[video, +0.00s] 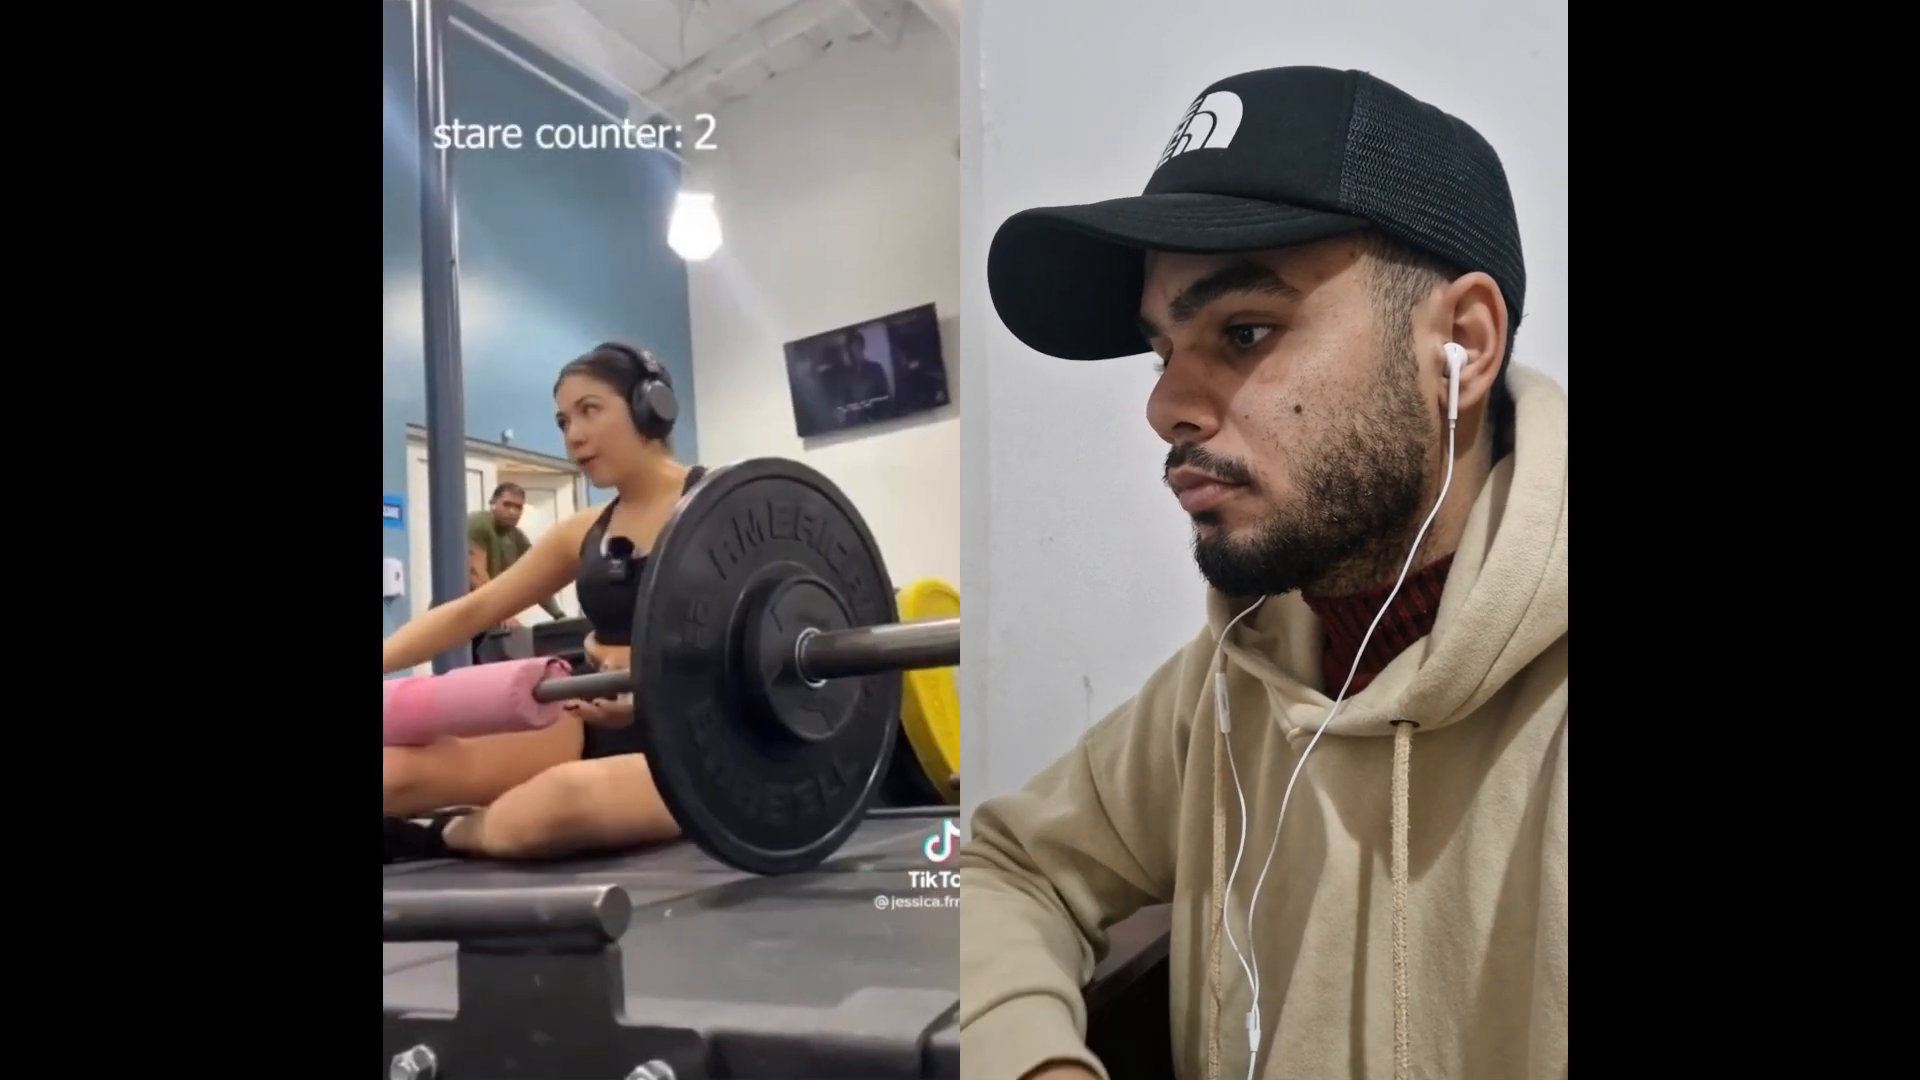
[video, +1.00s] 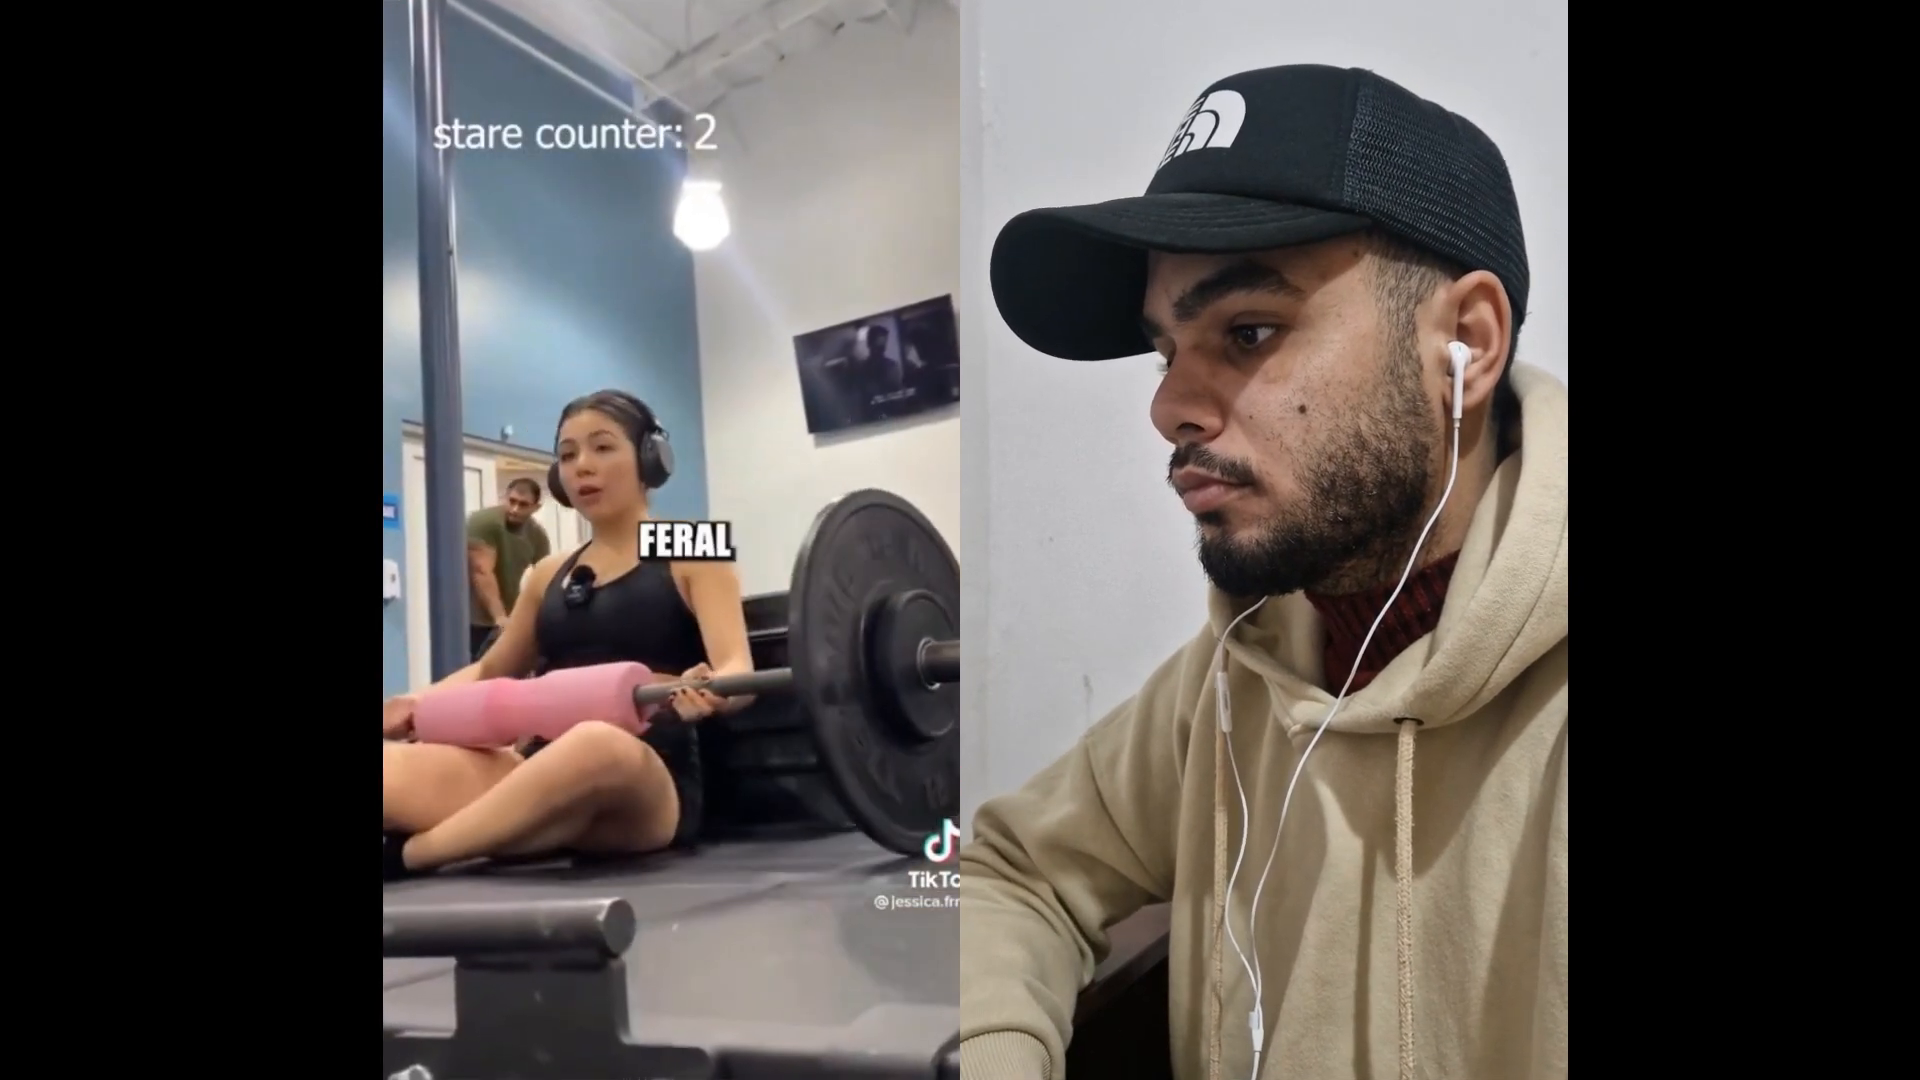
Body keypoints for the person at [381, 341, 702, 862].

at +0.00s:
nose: (573, 435)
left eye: (589, 410)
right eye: (564, 422)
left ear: (647, 407)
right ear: (560, 432)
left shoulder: (719, 506)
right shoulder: (583, 532)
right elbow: (469, 614)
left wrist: (641, 702)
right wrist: (383, 659)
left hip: (693, 743)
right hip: (592, 721)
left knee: (562, 799)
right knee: (397, 770)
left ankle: (452, 832)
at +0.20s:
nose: (565, 430)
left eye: (582, 406)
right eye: (556, 418)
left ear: (639, 407)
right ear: (551, 429)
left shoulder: (711, 510)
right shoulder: (563, 535)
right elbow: (455, 620)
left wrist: (641, 684)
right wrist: (384, 668)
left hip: (683, 749)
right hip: (577, 739)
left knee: (580, 799)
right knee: (393, 769)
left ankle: (415, 841)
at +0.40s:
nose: (553, 430)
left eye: (574, 406)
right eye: (544, 417)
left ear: (629, 413)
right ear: (540, 432)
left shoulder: (688, 513)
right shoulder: (543, 540)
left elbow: (732, 640)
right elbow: (445, 625)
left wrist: (646, 678)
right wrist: (382, 674)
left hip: (669, 750)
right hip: (559, 744)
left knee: (582, 796)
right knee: (388, 770)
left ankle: (407, 847)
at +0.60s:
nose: (556, 450)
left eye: (576, 428)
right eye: (541, 437)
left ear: (624, 433)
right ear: (532, 454)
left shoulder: (671, 525)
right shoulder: (534, 549)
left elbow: (716, 653)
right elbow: (447, 639)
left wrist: (642, 684)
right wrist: (384, 691)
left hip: (660, 761)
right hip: (546, 754)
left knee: (583, 765)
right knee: (392, 768)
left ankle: (403, 855)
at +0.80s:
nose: (560, 465)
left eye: (580, 444)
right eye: (545, 452)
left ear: (625, 450)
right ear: (535, 469)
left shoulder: (670, 544)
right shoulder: (531, 565)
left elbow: (709, 661)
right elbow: (461, 668)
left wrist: (671, 686)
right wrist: (394, 708)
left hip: (649, 772)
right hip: (532, 765)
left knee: (597, 748)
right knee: (394, 771)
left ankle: (406, 858)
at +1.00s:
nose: (582, 466)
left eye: (603, 447)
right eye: (569, 454)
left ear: (649, 458)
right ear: (559, 472)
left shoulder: (690, 552)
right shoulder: (546, 574)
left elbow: (738, 669)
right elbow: (490, 671)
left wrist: (706, 689)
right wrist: (413, 705)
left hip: (651, 786)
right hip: (534, 775)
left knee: (596, 745)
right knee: (391, 766)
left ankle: (411, 857)